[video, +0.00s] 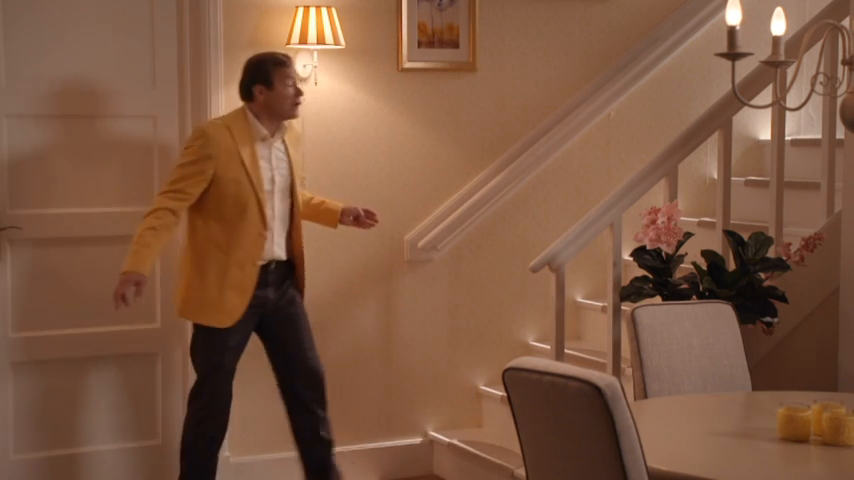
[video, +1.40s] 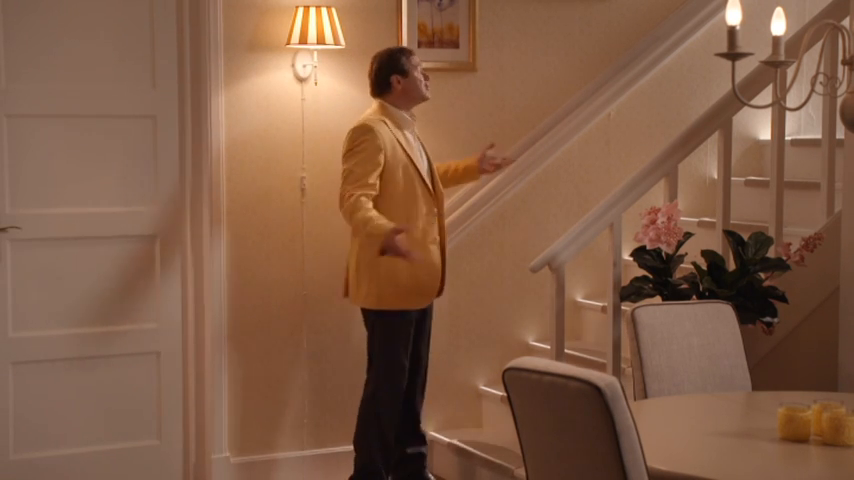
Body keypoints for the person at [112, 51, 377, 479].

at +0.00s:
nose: (300, 93)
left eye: (298, 85)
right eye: (290, 86)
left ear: (273, 95)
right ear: (259, 93)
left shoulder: (286, 138)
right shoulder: (214, 137)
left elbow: (287, 201)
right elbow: (171, 204)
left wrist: (340, 214)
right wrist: (138, 264)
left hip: (279, 285)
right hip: (226, 290)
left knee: (308, 386)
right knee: (211, 400)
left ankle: (325, 476)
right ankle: (195, 479)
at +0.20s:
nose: (339, 96)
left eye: (337, 88)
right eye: (331, 89)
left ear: (310, 98)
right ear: (302, 97)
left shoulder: (317, 148)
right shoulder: (257, 142)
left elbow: (321, 209)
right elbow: (217, 203)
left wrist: (371, 217)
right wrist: (205, 259)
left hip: (313, 290)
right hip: (265, 292)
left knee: (340, 383)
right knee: (235, 398)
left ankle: (358, 476)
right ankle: (203, 478)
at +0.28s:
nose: (357, 95)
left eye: (355, 89)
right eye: (349, 89)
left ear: (328, 98)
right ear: (321, 97)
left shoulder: (334, 147)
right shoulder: (279, 142)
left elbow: (338, 210)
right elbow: (244, 206)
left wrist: (389, 216)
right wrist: (237, 260)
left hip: (333, 290)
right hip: (289, 293)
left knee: (358, 387)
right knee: (255, 396)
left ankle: (362, 476)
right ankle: (211, 477)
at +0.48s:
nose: (389, 86)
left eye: (387, 79)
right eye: (381, 79)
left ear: (359, 87)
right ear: (354, 86)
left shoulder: (365, 137)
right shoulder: (316, 131)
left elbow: (373, 196)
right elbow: (286, 199)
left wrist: (423, 190)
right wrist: (306, 253)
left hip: (359, 285)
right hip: (320, 283)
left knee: (360, 387)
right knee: (318, 377)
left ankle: (362, 473)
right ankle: (270, 474)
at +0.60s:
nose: (402, 85)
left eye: (400, 77)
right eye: (395, 78)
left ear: (374, 86)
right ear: (368, 85)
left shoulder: (376, 135)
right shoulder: (333, 129)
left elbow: (385, 193)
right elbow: (302, 193)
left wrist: (433, 178)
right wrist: (326, 248)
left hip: (368, 282)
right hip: (335, 281)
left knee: (362, 383)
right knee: (347, 383)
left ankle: (359, 472)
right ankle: (318, 476)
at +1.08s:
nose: (420, 86)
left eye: (418, 78)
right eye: (415, 78)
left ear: (390, 85)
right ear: (392, 85)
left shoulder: (382, 129)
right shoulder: (366, 129)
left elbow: (377, 203)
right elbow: (349, 203)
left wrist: (412, 199)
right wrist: (385, 251)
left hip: (396, 278)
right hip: (370, 281)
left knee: (423, 362)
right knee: (380, 379)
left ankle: (395, 465)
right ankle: (369, 474)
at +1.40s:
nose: (427, 80)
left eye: (425, 73)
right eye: (421, 73)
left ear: (398, 83)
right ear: (397, 81)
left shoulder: (405, 130)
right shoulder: (369, 131)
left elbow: (424, 179)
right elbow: (354, 200)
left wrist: (474, 166)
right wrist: (384, 233)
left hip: (418, 277)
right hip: (388, 280)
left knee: (412, 380)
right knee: (387, 382)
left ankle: (410, 470)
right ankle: (370, 473)